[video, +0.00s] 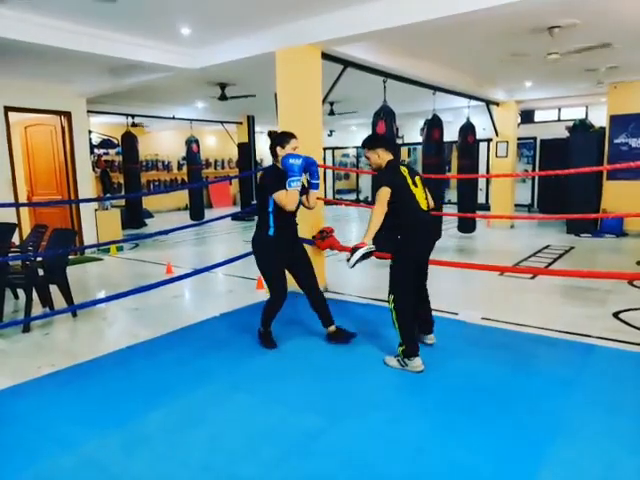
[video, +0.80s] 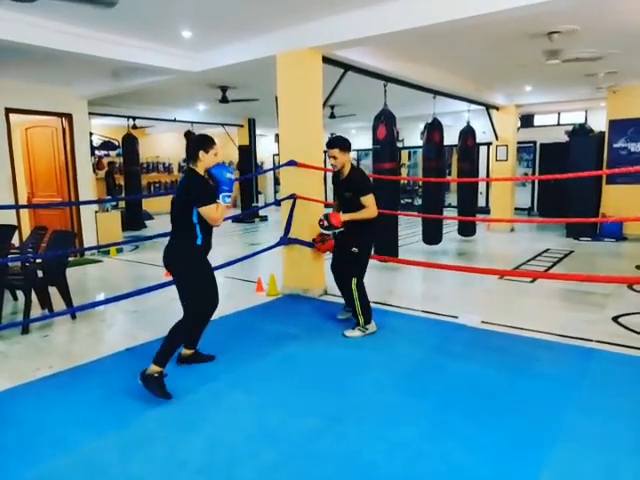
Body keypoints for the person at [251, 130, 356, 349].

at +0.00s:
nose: (297, 153)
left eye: (297, 149)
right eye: (293, 149)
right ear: (278, 150)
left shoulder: (292, 173)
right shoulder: (269, 175)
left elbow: (310, 203)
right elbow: (289, 204)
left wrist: (313, 177)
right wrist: (295, 176)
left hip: (290, 240)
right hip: (267, 242)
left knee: (310, 285)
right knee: (279, 293)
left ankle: (332, 329)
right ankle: (264, 329)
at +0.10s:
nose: (290, 148)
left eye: (291, 143)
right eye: (286, 143)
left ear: (281, 144)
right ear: (272, 144)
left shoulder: (286, 167)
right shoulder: (263, 168)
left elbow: (301, 200)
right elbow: (281, 200)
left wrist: (303, 175)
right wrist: (289, 172)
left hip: (280, 236)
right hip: (257, 237)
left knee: (299, 278)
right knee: (272, 288)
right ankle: (262, 328)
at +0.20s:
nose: (284, 150)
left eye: (285, 145)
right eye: (281, 145)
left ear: (271, 147)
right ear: (267, 146)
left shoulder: (277, 168)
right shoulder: (256, 169)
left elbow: (292, 201)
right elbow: (276, 203)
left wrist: (298, 178)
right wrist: (284, 176)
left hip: (273, 235)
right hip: (252, 235)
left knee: (289, 281)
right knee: (265, 289)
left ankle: (274, 322)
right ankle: (247, 327)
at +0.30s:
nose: (272, 158)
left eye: (271, 153)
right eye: (269, 154)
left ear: (257, 155)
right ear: (256, 155)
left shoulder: (261, 179)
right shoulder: (246, 181)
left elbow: (273, 212)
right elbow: (265, 215)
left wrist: (279, 189)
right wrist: (274, 188)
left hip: (260, 245)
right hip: (243, 245)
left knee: (280, 286)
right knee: (244, 301)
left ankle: (270, 327)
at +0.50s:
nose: (247, 156)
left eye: (247, 151)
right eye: (244, 151)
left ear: (230, 152)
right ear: (233, 152)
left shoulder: (231, 174)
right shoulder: (227, 177)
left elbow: (242, 208)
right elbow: (253, 206)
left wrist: (254, 210)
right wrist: (257, 179)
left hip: (230, 247)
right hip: (213, 249)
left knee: (246, 291)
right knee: (214, 305)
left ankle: (259, 330)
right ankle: (185, 353)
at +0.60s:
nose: (238, 147)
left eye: (237, 143)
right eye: (235, 143)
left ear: (219, 145)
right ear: (223, 144)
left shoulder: (215, 168)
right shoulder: (217, 170)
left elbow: (236, 200)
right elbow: (240, 202)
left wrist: (243, 181)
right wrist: (246, 176)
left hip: (213, 241)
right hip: (202, 243)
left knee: (231, 289)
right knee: (209, 300)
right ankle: (184, 351)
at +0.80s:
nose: (217, 156)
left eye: (217, 152)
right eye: (214, 152)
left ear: (199, 154)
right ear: (203, 154)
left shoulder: (198, 179)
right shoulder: (194, 182)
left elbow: (213, 215)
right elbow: (215, 218)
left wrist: (222, 205)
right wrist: (225, 198)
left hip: (194, 252)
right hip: (183, 255)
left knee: (210, 301)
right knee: (195, 311)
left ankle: (189, 351)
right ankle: (154, 370)